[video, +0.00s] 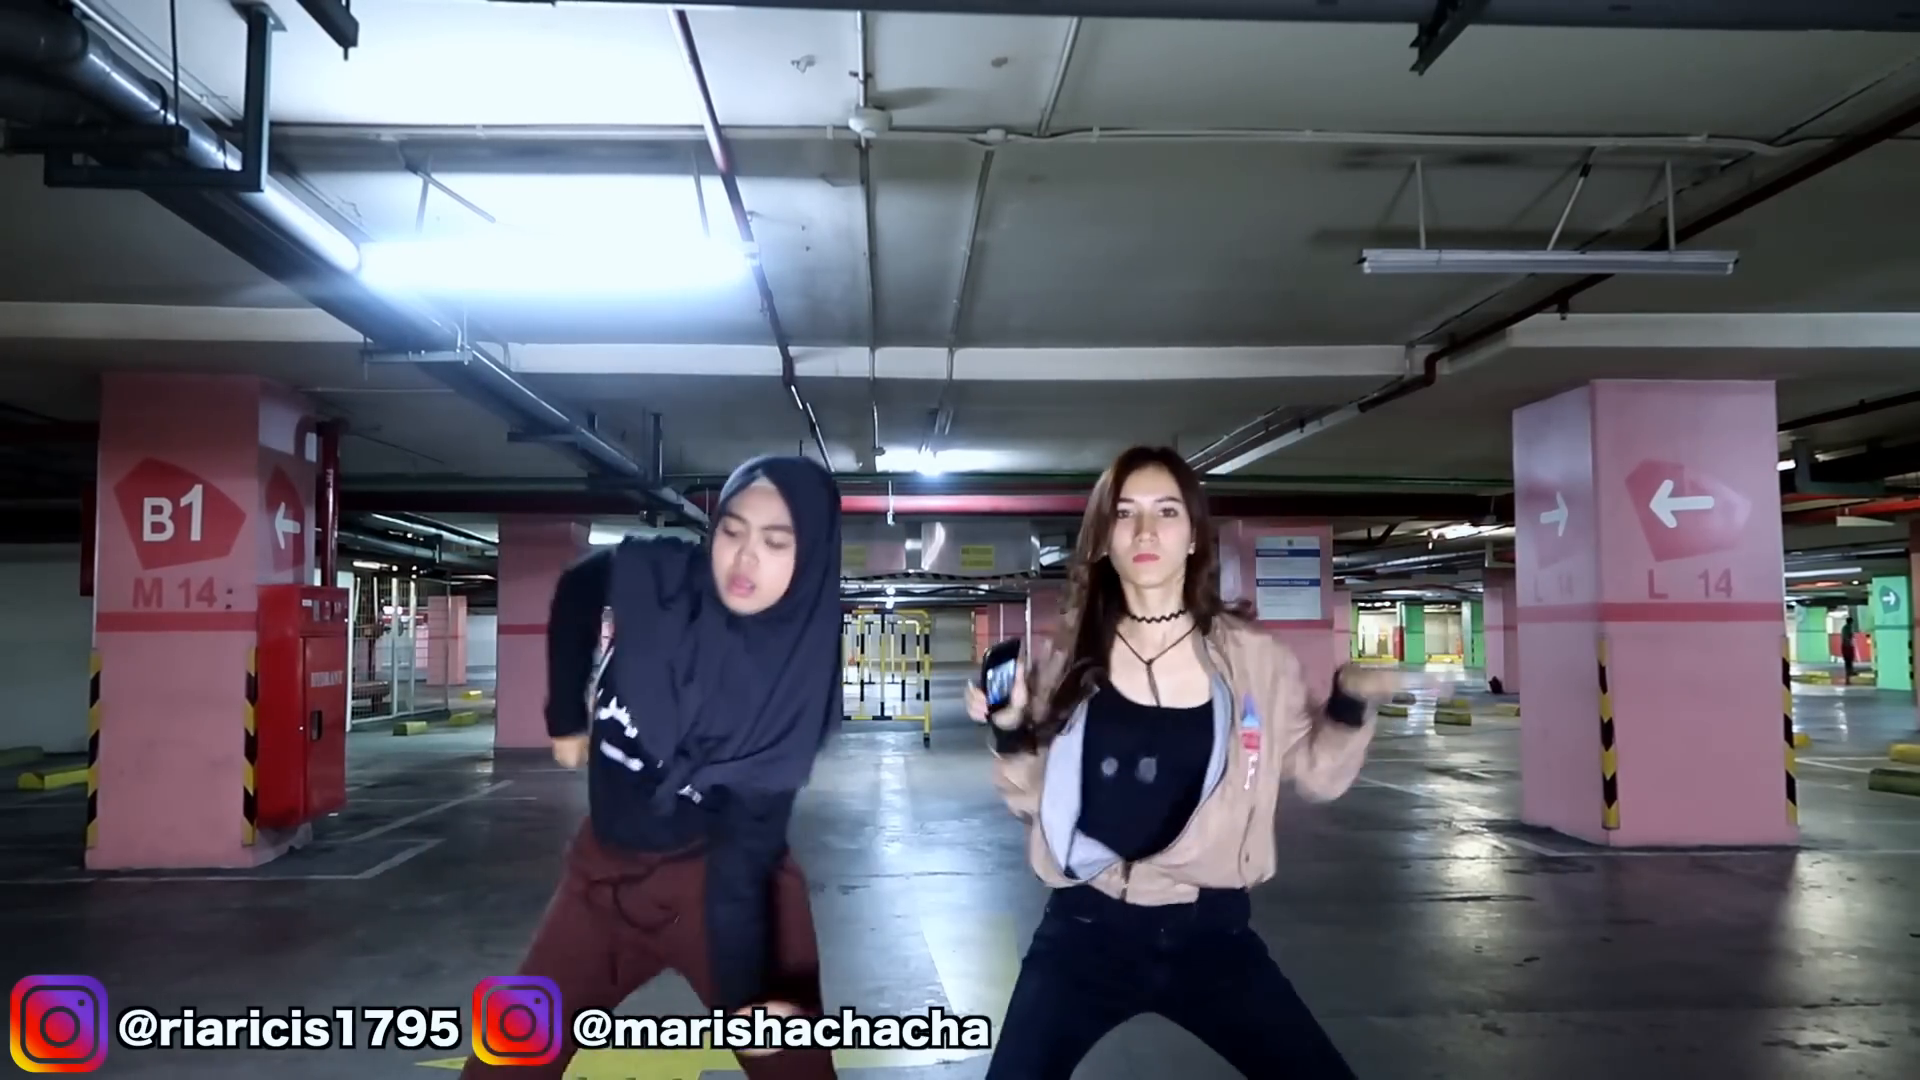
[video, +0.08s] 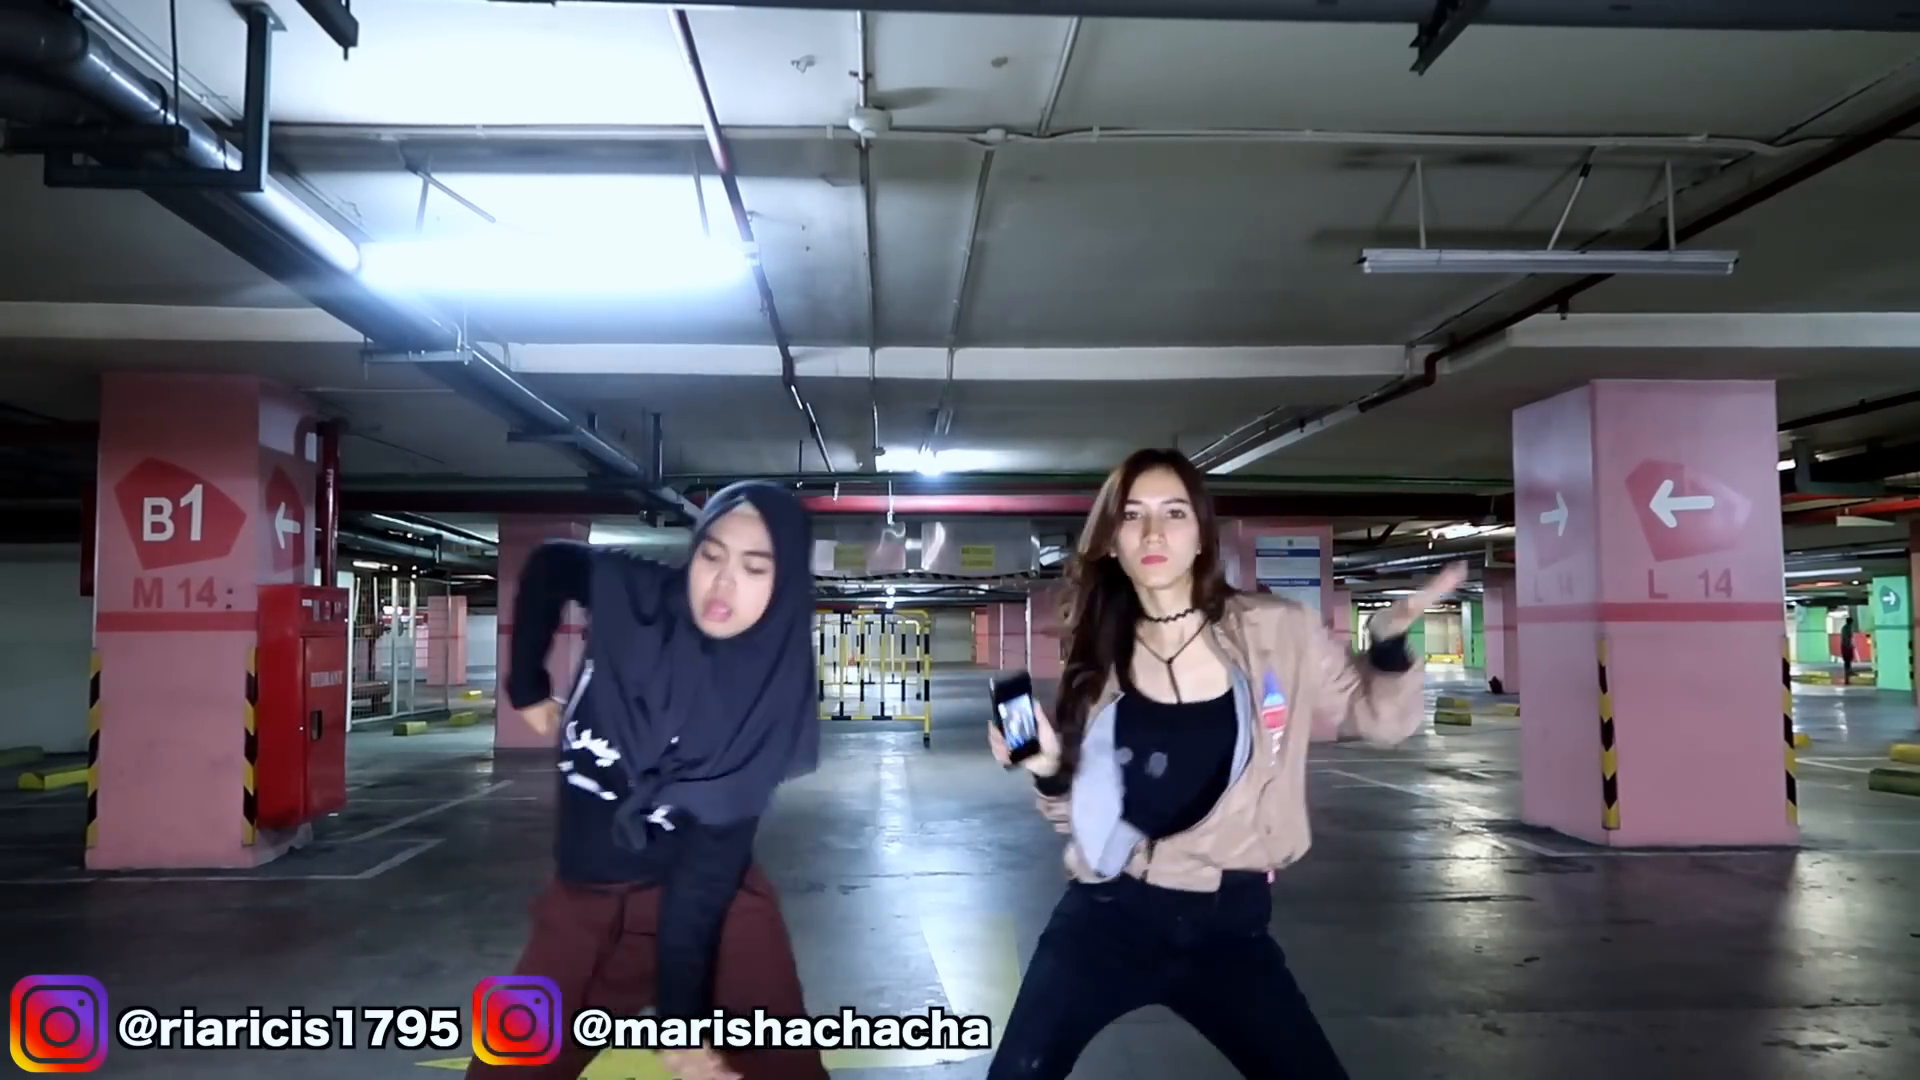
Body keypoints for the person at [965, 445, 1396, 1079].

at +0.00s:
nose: (1144, 531)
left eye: (1166, 513)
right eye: (1126, 513)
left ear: (1195, 536)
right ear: (1104, 537)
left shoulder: (1257, 658)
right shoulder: (1065, 657)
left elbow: (1318, 779)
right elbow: (1029, 802)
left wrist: (1352, 704)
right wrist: (1010, 728)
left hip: (1210, 936)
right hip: (1083, 934)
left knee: (1323, 1074)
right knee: (1014, 1072)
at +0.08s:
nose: (1152, 534)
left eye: (1173, 515)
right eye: (1133, 516)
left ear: (1202, 532)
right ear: (1109, 539)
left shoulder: (1281, 632)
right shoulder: (1096, 655)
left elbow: (1384, 725)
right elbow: (1077, 826)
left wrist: (1390, 642)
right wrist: (1050, 770)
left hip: (1225, 928)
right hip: (1101, 921)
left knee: (1317, 1074)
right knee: (1018, 1070)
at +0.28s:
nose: (1202, 482)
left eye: (1221, 462)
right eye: (1184, 468)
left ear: (1256, 480)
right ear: (1166, 490)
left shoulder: (1317, 595)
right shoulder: (1117, 590)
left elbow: (1439, 657)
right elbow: (1035, 649)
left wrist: (1440, 599)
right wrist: (1029, 728)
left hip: (1274, 878)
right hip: (1150, 879)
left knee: (1360, 1065)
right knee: (1067, 1062)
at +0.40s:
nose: (1186, 479)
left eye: (1207, 461)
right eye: (1169, 465)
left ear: (1242, 480)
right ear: (1152, 487)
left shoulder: (1280, 605)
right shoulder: (1101, 577)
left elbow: (1369, 712)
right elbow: (1006, 620)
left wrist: (1380, 655)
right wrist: (971, 708)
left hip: (1260, 880)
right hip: (1136, 883)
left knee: (1372, 1059)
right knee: (1066, 1066)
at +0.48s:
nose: (1171, 491)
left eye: (1192, 471)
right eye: (1154, 476)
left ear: (1227, 491)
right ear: (1137, 499)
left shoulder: (1267, 613)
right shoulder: (1103, 599)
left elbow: (1371, 729)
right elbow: (1026, 669)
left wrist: (1333, 664)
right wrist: (954, 727)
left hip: (1248, 891)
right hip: (1128, 891)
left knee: (1372, 1067)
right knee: (1049, 1065)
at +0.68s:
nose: (1171, 534)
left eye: (1193, 515)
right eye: (1154, 516)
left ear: (1225, 532)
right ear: (1135, 537)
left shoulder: (1278, 641)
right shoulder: (1133, 653)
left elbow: (1391, 726)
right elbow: (1104, 785)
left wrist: (1343, 669)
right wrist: (1007, 841)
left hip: (1267, 925)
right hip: (1151, 921)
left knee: (1364, 1074)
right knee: (1030, 1071)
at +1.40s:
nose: (1180, 520)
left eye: (1200, 499)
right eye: (1161, 503)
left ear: (1232, 516)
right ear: (1145, 524)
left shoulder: (1278, 637)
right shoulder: (1113, 630)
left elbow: (1288, 750)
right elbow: (1081, 740)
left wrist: (1277, 856)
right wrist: (1138, 641)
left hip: (1260, 906)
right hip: (1144, 913)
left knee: (1387, 1068)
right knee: (1091, 1074)